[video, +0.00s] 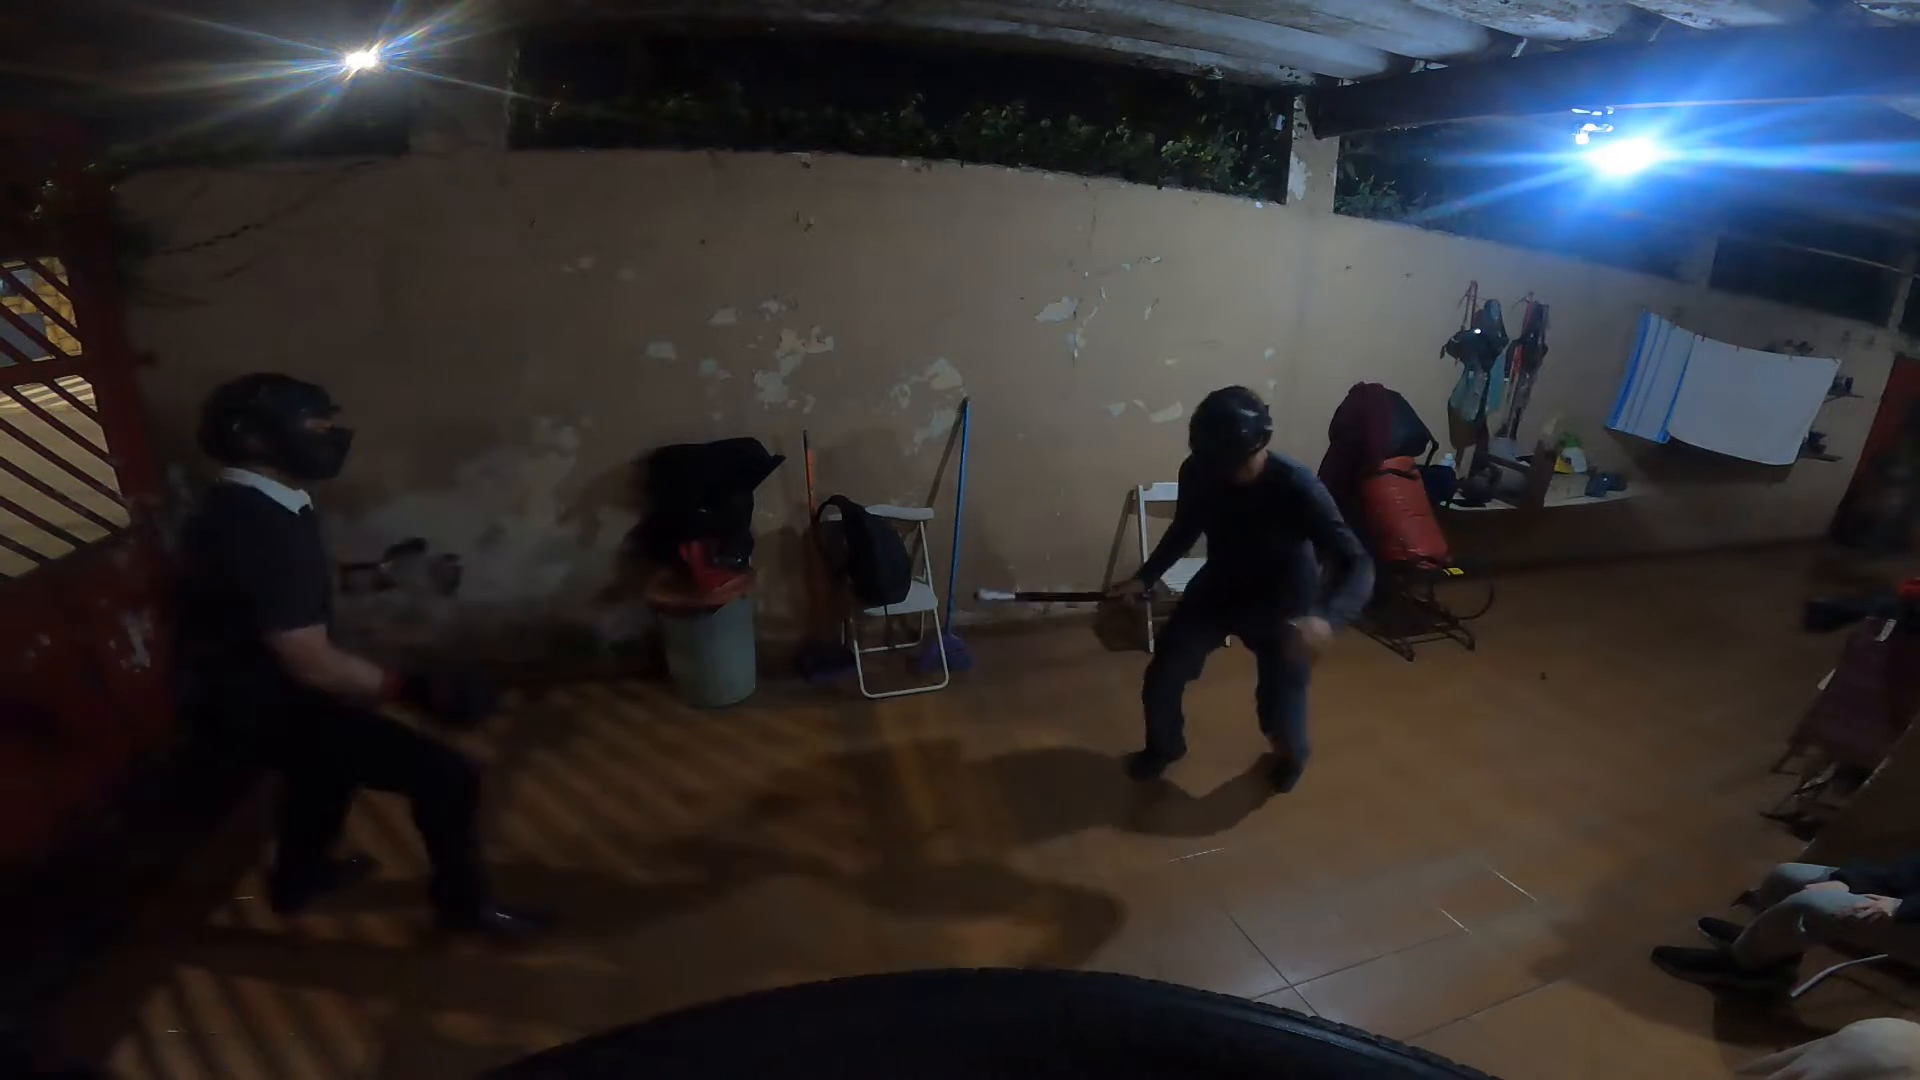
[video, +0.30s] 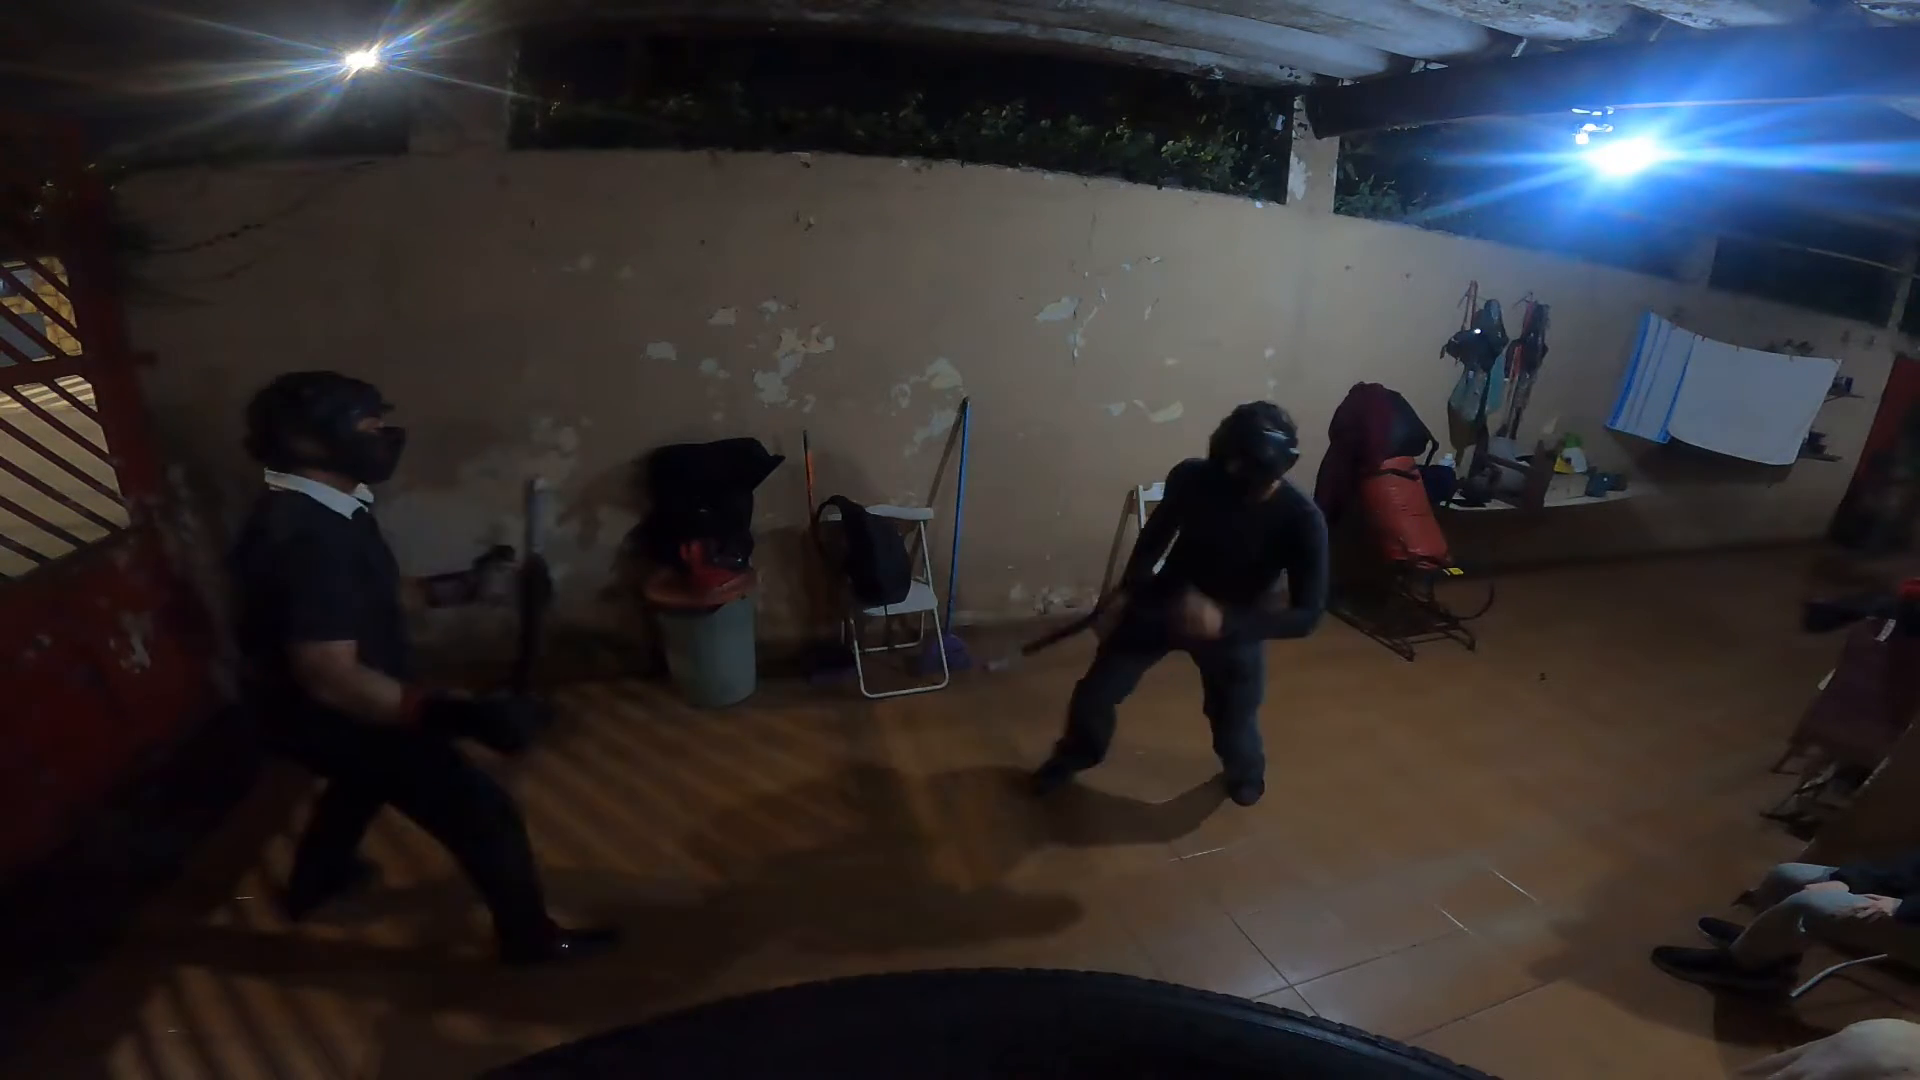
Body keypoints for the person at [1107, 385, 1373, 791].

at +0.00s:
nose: (1228, 471)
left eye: (1236, 461)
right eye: (1219, 461)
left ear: (1259, 448)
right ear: (1207, 452)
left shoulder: (1295, 485)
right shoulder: (1199, 473)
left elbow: (1357, 563)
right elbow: (1185, 528)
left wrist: (1329, 617)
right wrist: (1146, 577)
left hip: (1282, 599)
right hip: (1219, 589)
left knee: (1280, 714)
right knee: (1161, 681)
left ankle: (1292, 758)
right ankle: (1164, 747)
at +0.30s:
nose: (1255, 488)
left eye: (1265, 478)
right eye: (1244, 475)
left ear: (1282, 470)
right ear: (1227, 459)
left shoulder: (1302, 521)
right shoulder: (1191, 480)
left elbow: (1306, 616)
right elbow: (1151, 544)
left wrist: (1225, 622)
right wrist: (1124, 595)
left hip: (1236, 624)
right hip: (1168, 601)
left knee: (1234, 725)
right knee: (1095, 692)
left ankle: (1246, 778)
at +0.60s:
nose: (1111, 544)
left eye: (1118, 533)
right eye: (1101, 534)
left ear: (1138, 517)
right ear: (1082, 522)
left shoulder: (1177, 545)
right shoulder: (1063, 539)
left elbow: (1250, 584)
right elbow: (990, 575)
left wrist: (1310, 630)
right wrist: (931, 614)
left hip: (1176, 652)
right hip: (1106, 646)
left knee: (1216, 754)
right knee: (1051, 723)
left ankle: (1246, 772)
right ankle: (981, 819)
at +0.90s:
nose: (1255, 485)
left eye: (1264, 476)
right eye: (1250, 471)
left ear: (1270, 474)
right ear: (1221, 461)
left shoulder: (1267, 517)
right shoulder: (1161, 480)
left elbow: (1331, 554)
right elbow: (1121, 533)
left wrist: (1384, 559)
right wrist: (1092, 580)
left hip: (1202, 640)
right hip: (1128, 632)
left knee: (1257, 737)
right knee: (1057, 728)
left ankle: (1248, 778)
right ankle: (977, 824)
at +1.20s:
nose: (1323, 409)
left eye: (1335, 404)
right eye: (1324, 398)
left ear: (1365, 414)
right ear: (1322, 397)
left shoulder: (1390, 471)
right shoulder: (1301, 428)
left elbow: (1407, 564)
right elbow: (1254, 463)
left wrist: (1358, 612)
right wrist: (1178, 472)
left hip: (1312, 601)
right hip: (1256, 572)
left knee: (1266, 698)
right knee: (1198, 654)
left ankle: (1242, 764)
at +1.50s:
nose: (1361, 422)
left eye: (1371, 416)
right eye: (1359, 412)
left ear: (1401, 419)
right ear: (1354, 407)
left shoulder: (1430, 462)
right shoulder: (1342, 443)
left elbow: (1484, 533)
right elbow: (1324, 498)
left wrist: (1455, 588)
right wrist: (1281, 538)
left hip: (1397, 586)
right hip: (1342, 575)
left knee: (1376, 679)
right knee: (1329, 665)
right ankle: (1354, 719)